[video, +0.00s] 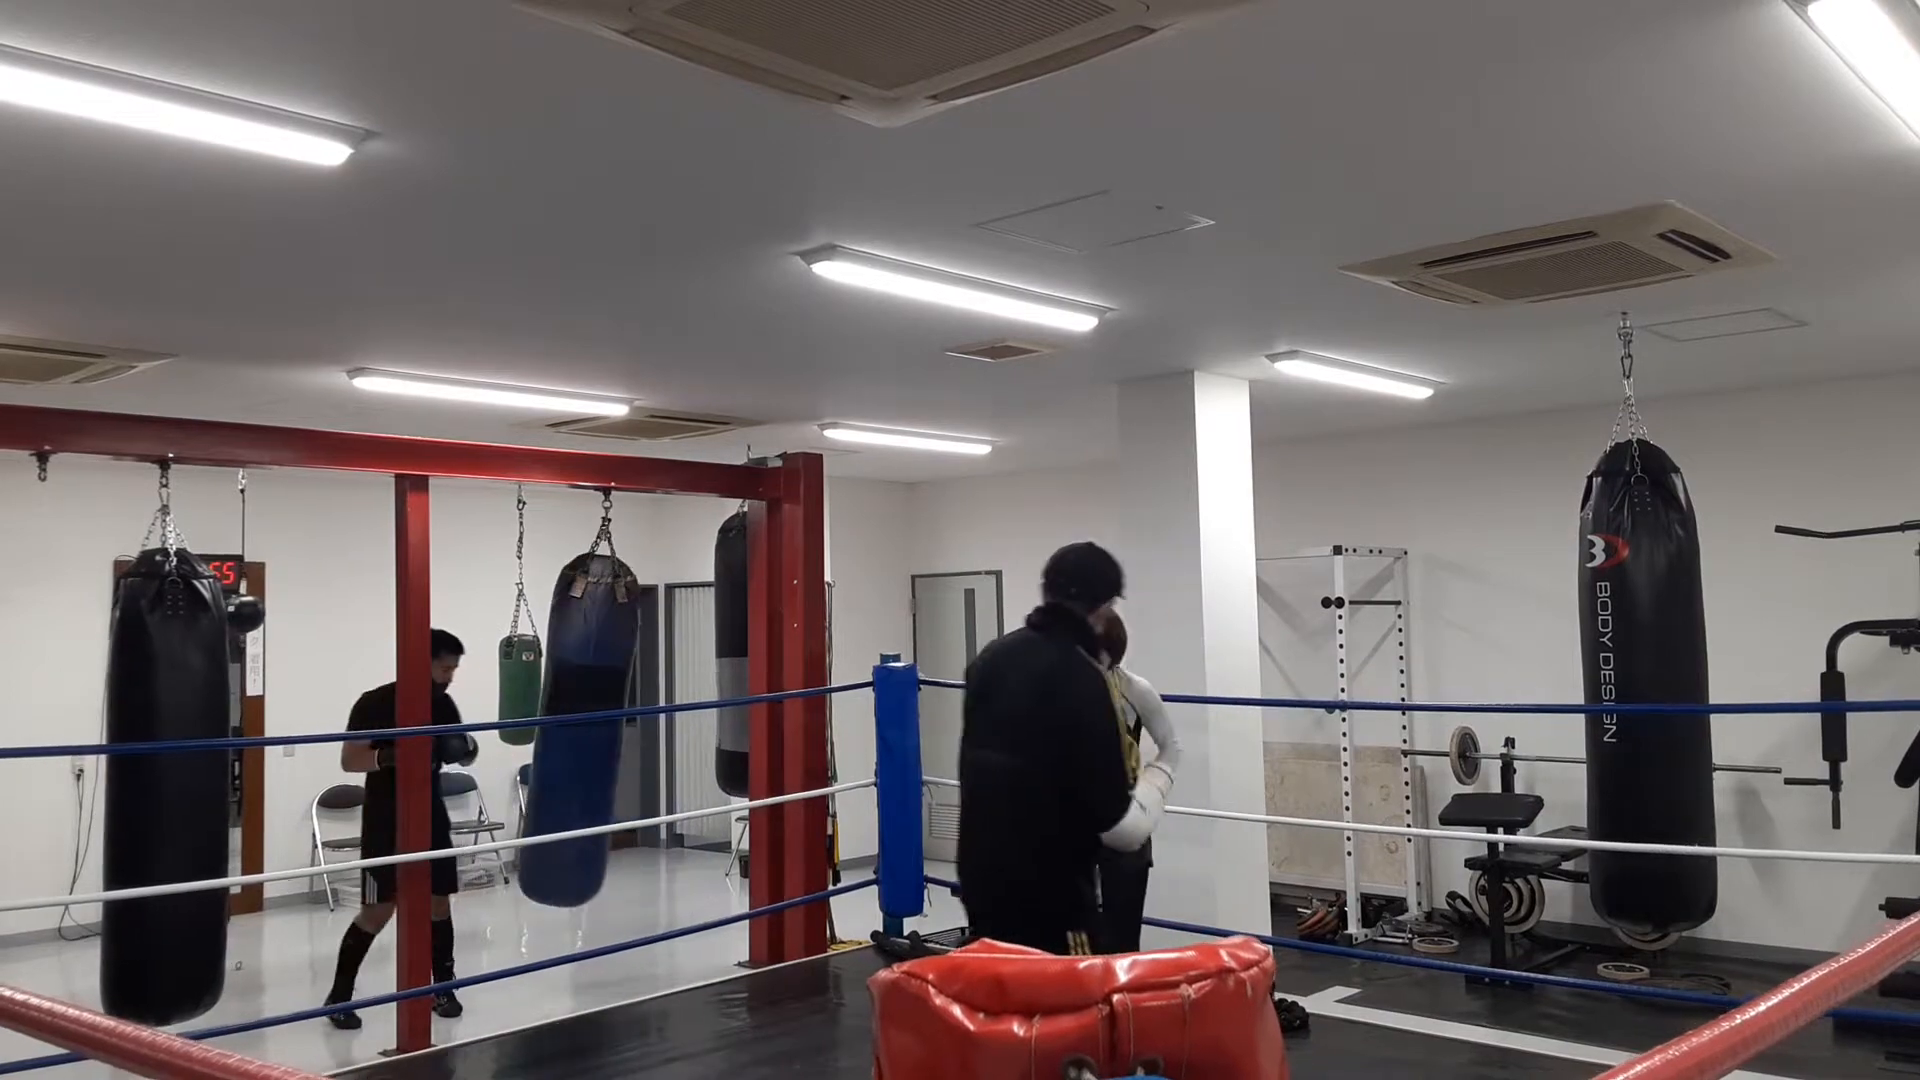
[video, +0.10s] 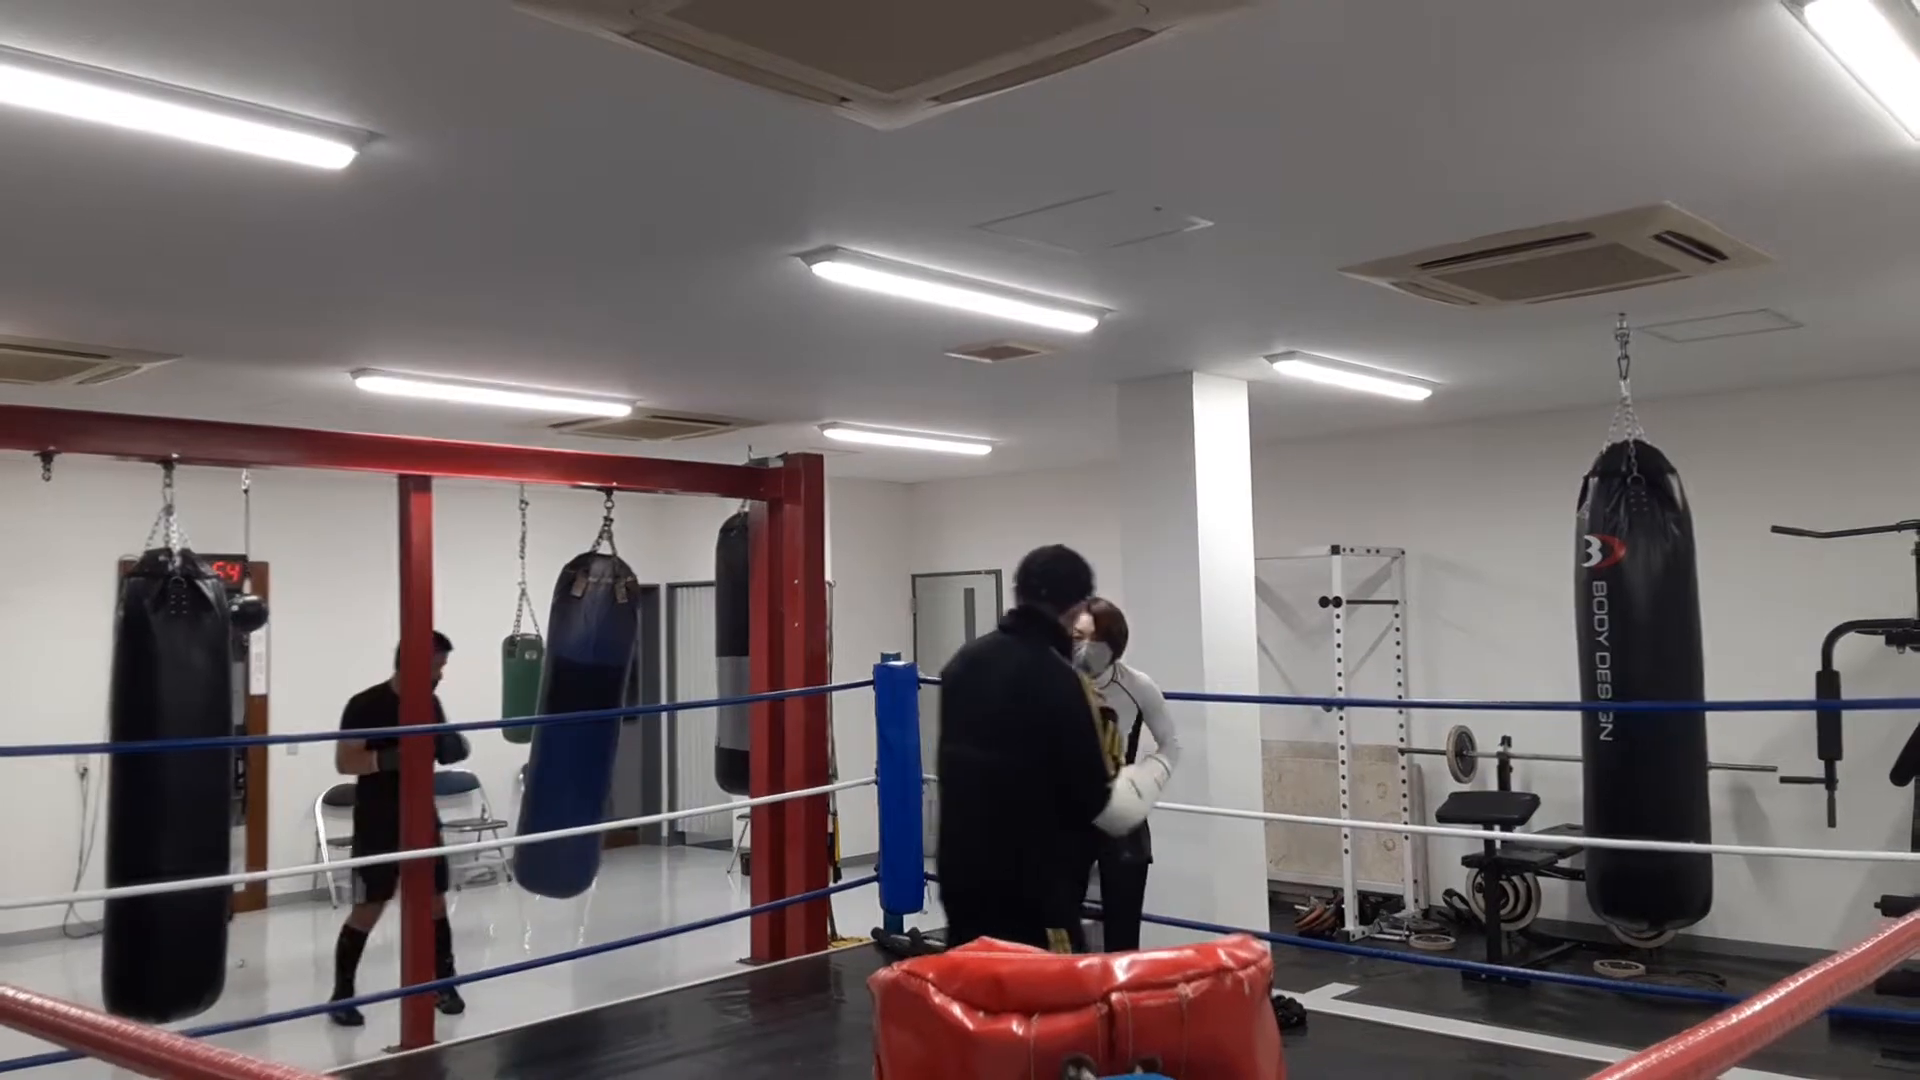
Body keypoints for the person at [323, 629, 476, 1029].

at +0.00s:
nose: (450, 677)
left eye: (454, 669)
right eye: (445, 668)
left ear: (449, 667)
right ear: (422, 662)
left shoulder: (442, 704)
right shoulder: (375, 703)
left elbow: (463, 750)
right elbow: (350, 760)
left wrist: (456, 748)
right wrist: (396, 753)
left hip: (430, 811)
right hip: (385, 814)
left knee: (439, 899)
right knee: (380, 906)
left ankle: (442, 987)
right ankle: (339, 998)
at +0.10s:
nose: (440, 675)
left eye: (442, 666)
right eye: (435, 666)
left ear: (437, 666)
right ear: (409, 663)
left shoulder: (428, 703)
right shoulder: (365, 706)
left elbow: (453, 749)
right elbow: (346, 762)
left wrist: (445, 746)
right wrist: (396, 756)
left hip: (422, 816)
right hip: (378, 820)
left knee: (434, 900)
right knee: (370, 905)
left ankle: (443, 982)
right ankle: (343, 994)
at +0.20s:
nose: (413, 677)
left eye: (415, 668)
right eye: (408, 668)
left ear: (409, 668)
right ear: (389, 665)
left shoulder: (410, 709)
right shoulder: (350, 710)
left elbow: (433, 755)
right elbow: (334, 768)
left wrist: (427, 755)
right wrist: (385, 762)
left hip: (406, 827)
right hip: (360, 828)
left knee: (421, 907)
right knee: (352, 912)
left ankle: (439, 985)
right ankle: (338, 999)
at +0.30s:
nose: (400, 677)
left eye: (401, 670)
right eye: (395, 670)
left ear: (390, 672)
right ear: (374, 670)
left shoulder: (398, 709)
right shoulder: (333, 714)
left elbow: (424, 755)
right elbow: (318, 775)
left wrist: (409, 765)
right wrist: (370, 770)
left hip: (390, 825)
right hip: (343, 829)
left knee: (408, 905)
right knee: (336, 915)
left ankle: (433, 984)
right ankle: (332, 1004)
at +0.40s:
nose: (397, 669)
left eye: (396, 661)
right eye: (390, 661)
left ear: (373, 666)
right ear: (364, 666)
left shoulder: (391, 710)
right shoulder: (325, 714)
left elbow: (405, 756)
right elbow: (306, 774)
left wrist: (402, 764)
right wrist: (360, 771)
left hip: (378, 818)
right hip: (335, 823)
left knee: (401, 902)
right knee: (334, 911)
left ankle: (416, 978)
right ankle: (333, 1001)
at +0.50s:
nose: (386, 667)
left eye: (387, 659)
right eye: (379, 660)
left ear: (369, 665)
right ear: (353, 665)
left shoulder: (380, 706)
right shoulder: (319, 714)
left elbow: (386, 762)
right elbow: (298, 775)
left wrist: (402, 760)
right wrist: (351, 775)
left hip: (373, 816)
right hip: (331, 821)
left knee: (391, 899)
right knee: (334, 908)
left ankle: (379, 981)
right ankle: (333, 1002)